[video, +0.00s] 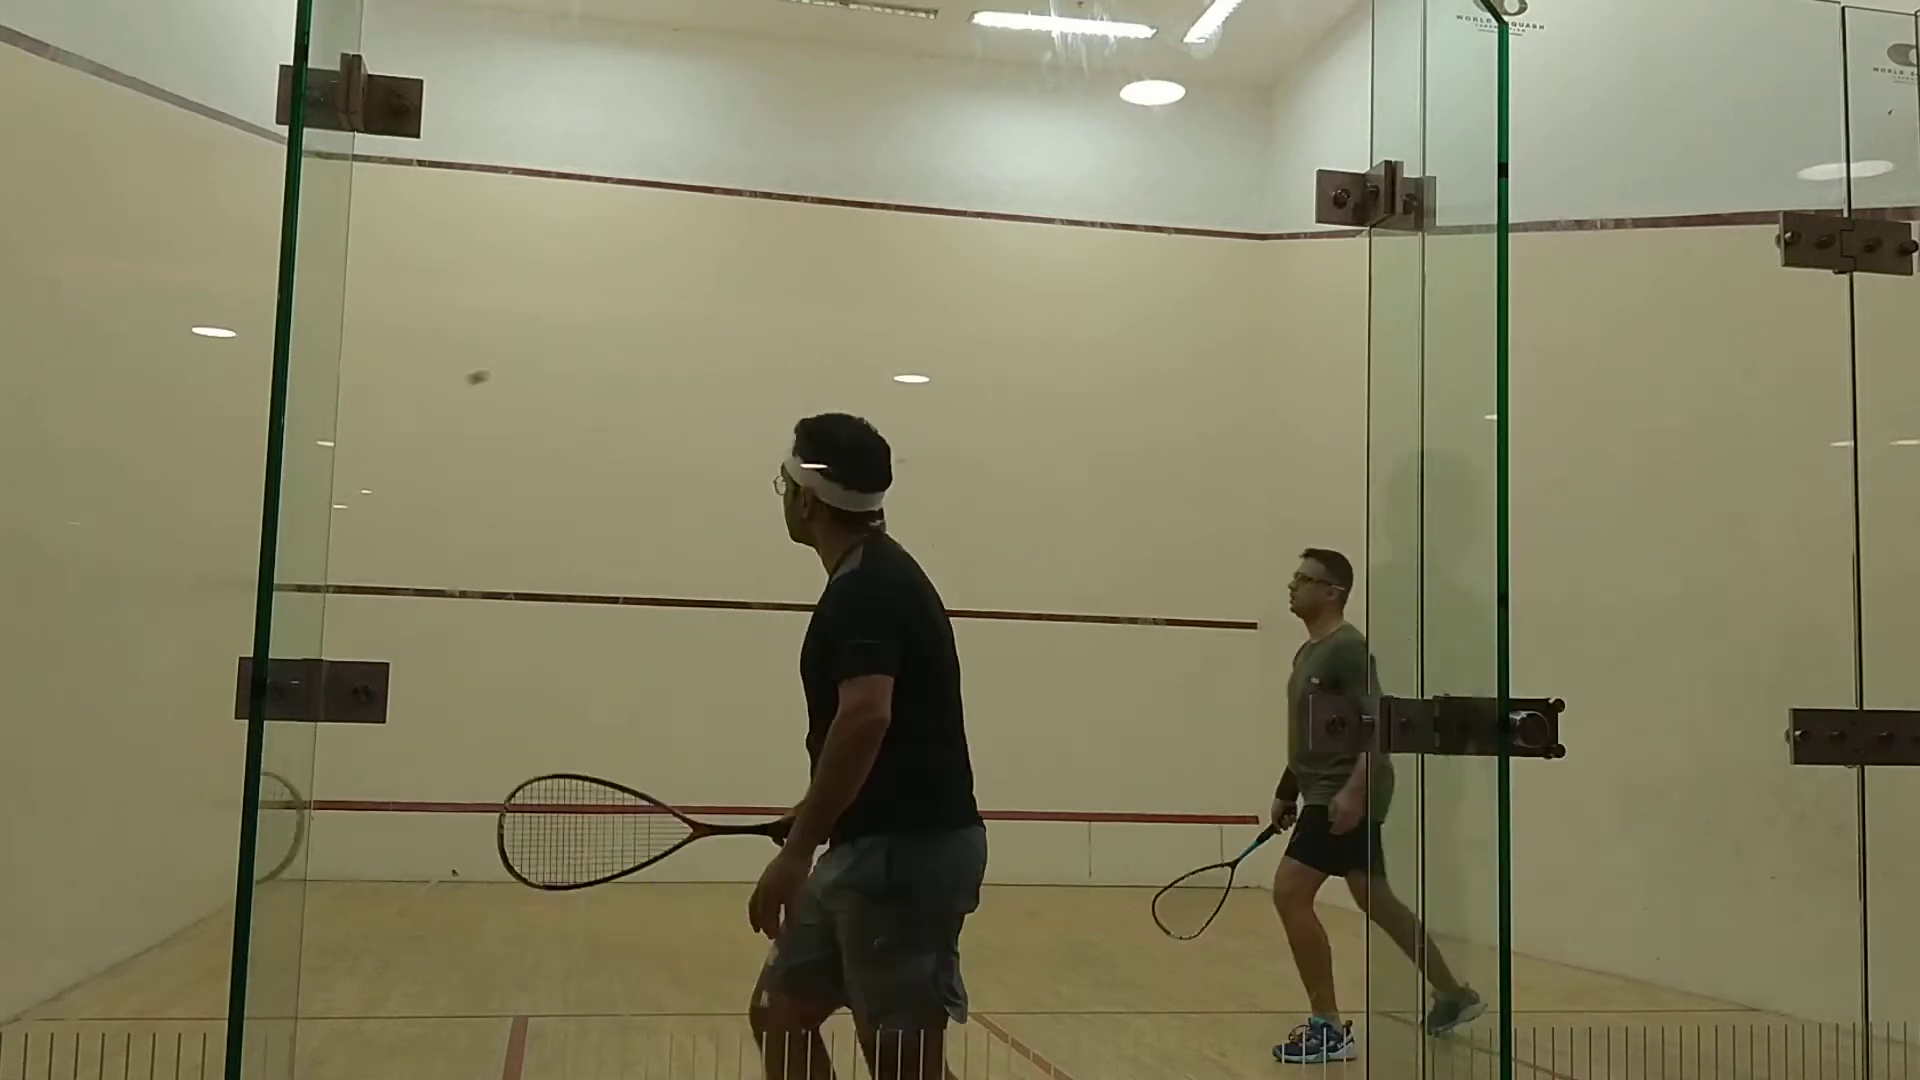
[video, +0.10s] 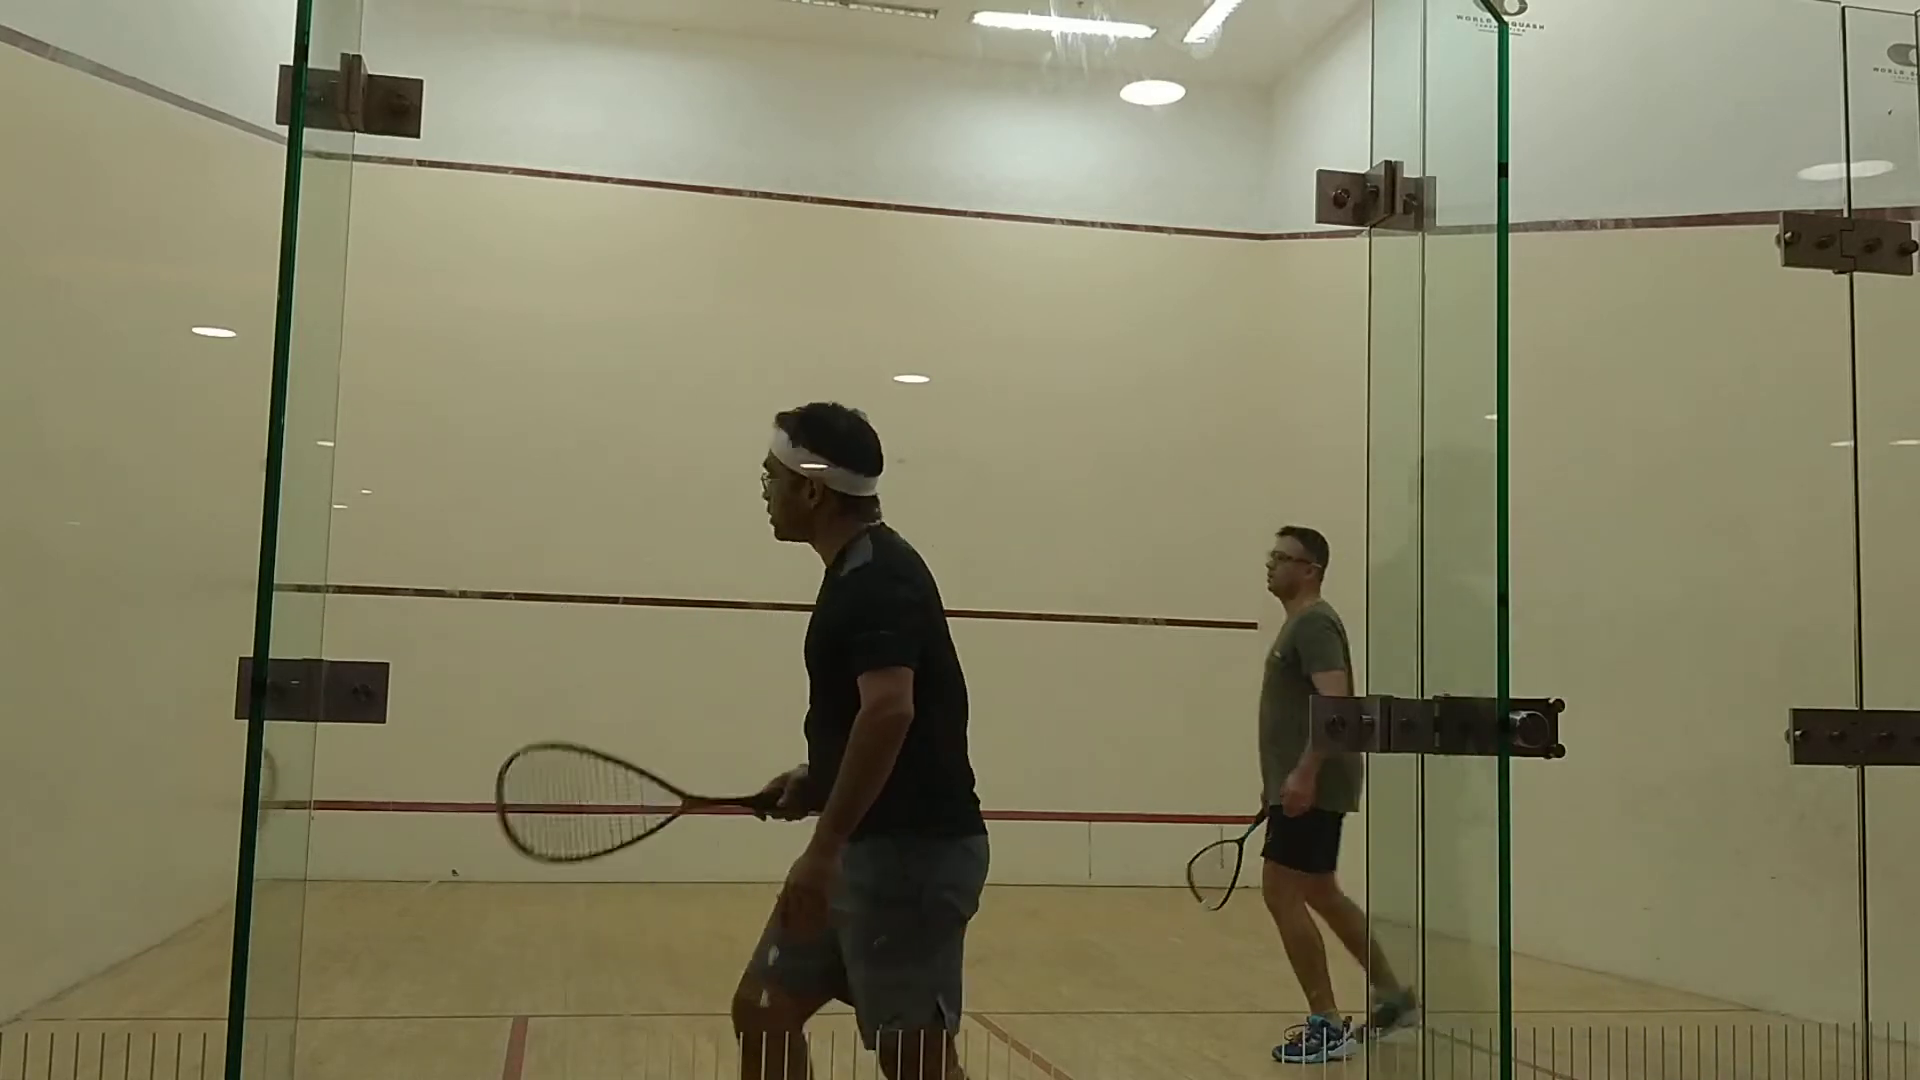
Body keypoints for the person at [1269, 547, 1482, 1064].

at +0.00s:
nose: (1291, 586)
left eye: (1302, 580)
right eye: (1294, 579)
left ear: (1332, 593)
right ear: (1318, 592)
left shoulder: (1348, 648)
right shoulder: (1310, 650)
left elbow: (1376, 727)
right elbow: (1308, 735)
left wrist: (1355, 790)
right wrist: (1286, 793)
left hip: (1341, 797)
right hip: (1337, 794)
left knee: (1290, 895)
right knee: (1378, 900)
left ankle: (1328, 1026)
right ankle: (1453, 992)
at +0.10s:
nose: (1268, 566)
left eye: (1279, 559)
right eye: (1270, 558)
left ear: (1308, 569)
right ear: (1299, 570)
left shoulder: (1315, 624)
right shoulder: (1303, 622)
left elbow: (1335, 707)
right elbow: (1307, 711)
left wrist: (1305, 773)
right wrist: (1281, 783)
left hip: (1308, 787)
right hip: (1314, 787)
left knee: (1280, 893)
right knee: (1320, 891)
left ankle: (1326, 1022)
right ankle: (1390, 993)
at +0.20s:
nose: (1247, 550)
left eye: (1258, 542)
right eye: (1248, 541)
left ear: (1288, 550)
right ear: (1283, 552)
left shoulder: (1282, 604)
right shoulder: (1301, 603)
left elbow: (1293, 680)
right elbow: (1307, 686)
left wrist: (1260, 750)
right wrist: (1267, 751)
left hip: (1283, 773)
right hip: (1299, 772)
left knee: (1246, 876)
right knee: (1267, 878)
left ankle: (1309, 998)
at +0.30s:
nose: (1224, 553)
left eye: (1236, 547)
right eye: (1224, 545)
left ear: (1266, 556)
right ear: (1259, 559)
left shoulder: (1257, 609)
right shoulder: (1281, 609)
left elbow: (1253, 686)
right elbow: (1278, 694)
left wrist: (1210, 753)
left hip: (1250, 775)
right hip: (1277, 778)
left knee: (1198, 878)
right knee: (1229, 887)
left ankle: (1241, 1015)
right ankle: (1251, 1018)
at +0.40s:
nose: (1201, 576)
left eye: (1212, 568)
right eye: (1199, 568)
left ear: (1242, 575)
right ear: (1224, 577)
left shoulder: (1234, 629)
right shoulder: (1255, 629)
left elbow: (1220, 710)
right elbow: (1251, 723)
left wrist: (1160, 770)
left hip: (1220, 793)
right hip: (1249, 796)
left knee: (1165, 894)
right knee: (1193, 904)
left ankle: (1165, 1043)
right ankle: (1246, 1026)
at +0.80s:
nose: (1126, 584)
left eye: (1136, 575)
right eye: (1122, 576)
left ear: (1166, 577)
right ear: (1160, 582)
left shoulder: (1169, 635)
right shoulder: (1185, 633)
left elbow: (1174, 725)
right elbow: (1186, 730)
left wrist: (1139, 801)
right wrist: (1135, 799)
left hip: (1167, 805)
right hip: (1197, 807)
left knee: (1092, 899)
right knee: (1187, 917)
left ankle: (1143, 1041)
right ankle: (1263, 1034)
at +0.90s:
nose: (1099, 584)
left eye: (1109, 574)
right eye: (1095, 575)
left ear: (1139, 578)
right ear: (1101, 580)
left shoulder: (1144, 633)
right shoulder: (1147, 631)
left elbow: (1145, 729)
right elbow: (1145, 730)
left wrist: (1121, 811)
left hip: (1144, 807)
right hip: (1166, 808)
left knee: (1079, 907)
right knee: (1177, 919)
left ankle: (1142, 1041)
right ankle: (1259, 1033)